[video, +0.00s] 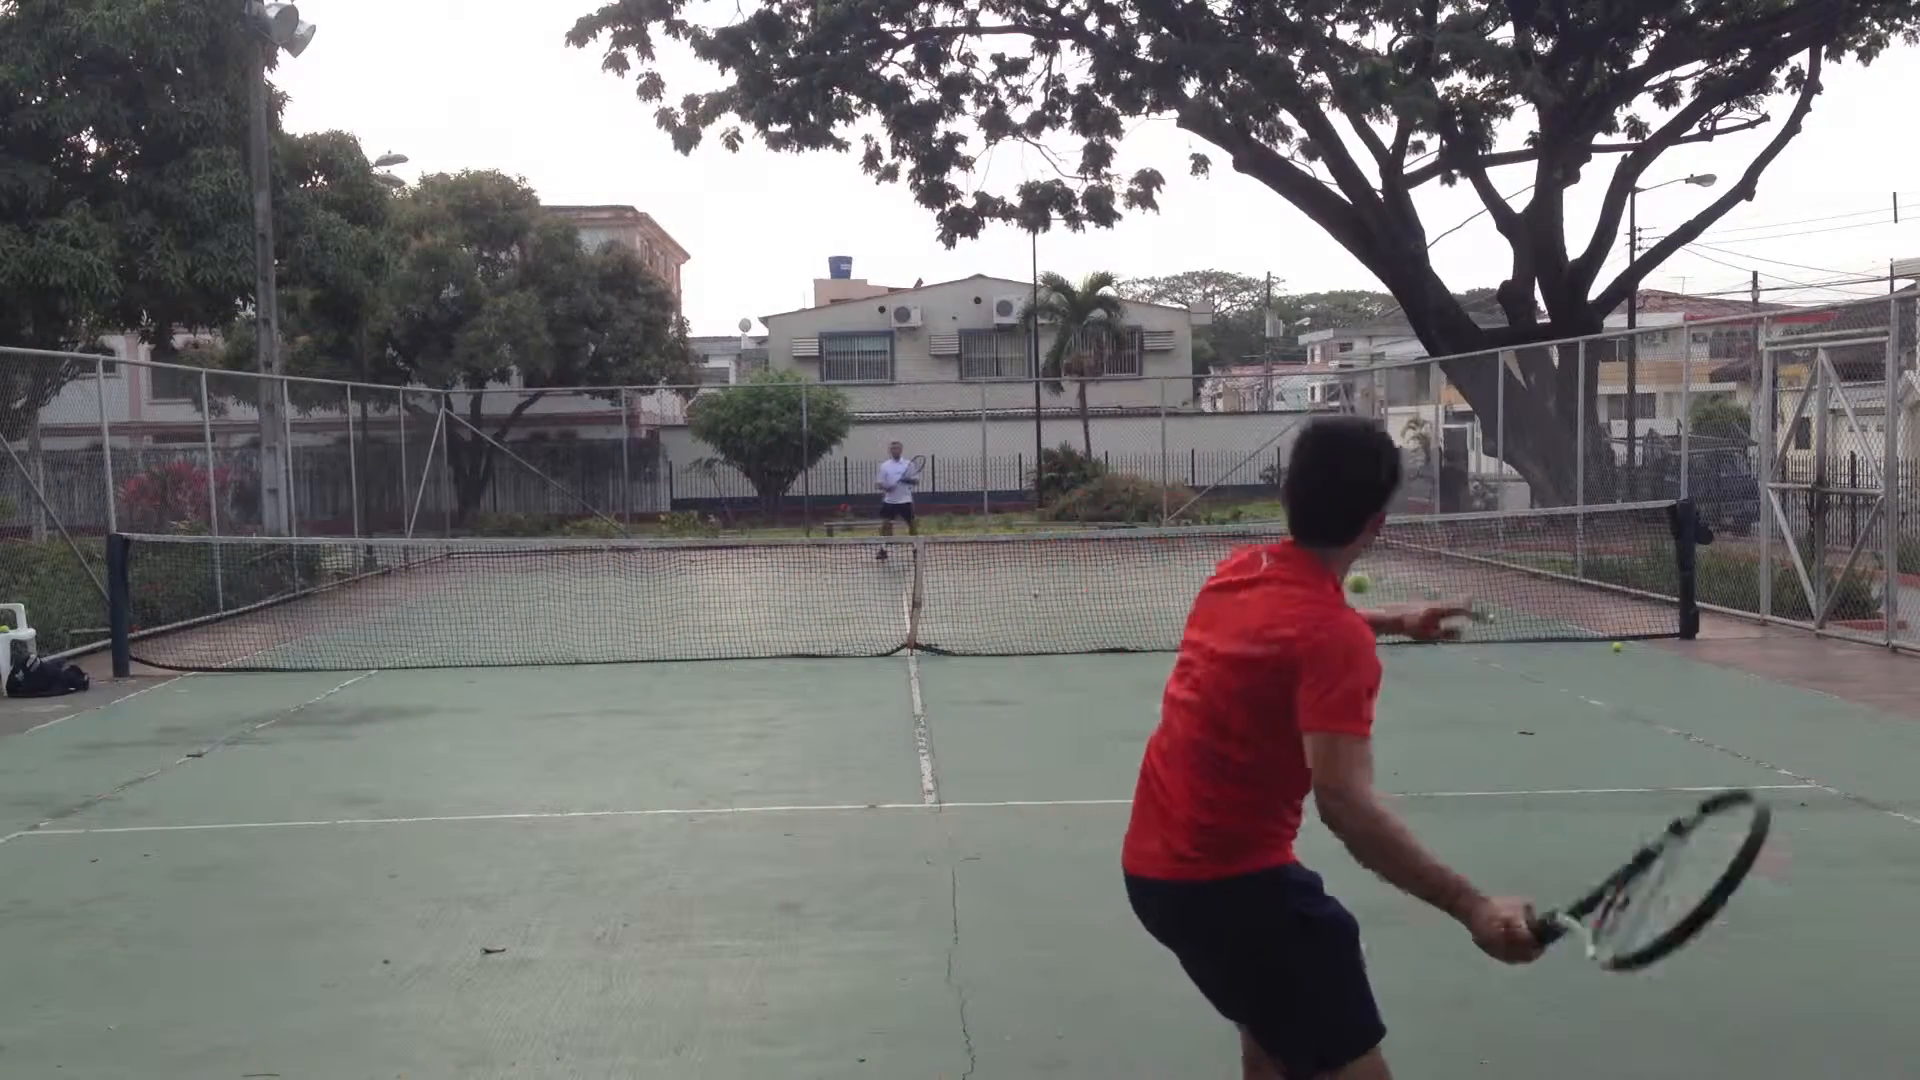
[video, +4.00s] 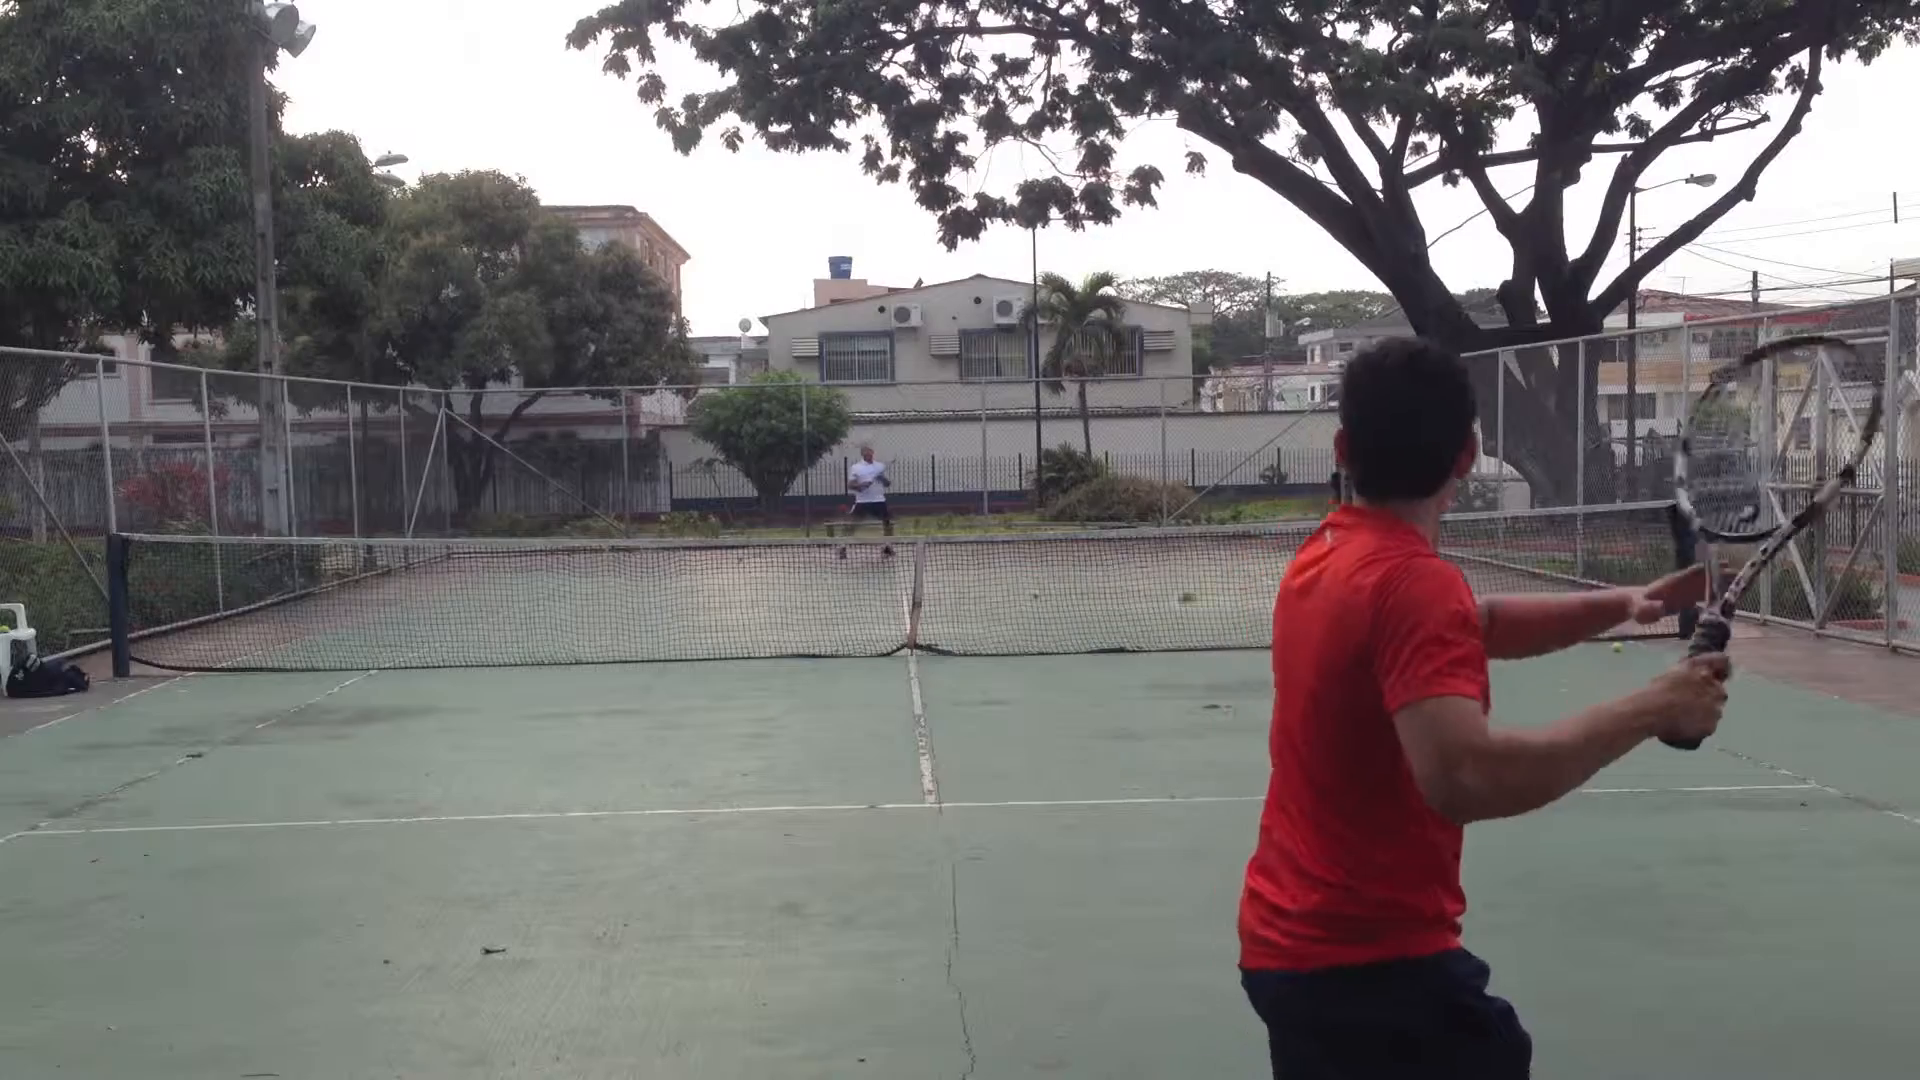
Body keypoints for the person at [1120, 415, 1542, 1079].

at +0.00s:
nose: (1383, 520)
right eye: (1385, 507)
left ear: (1291, 494)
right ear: (1374, 524)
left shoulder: (1235, 570)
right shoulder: (1333, 633)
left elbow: (1298, 618)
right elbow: (1344, 802)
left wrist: (1392, 623)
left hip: (1158, 867)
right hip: (1236, 880)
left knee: (1271, 1031)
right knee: (1355, 1062)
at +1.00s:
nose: (1211, 466)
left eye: (1212, 455)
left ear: (1216, 472)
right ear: (1300, 472)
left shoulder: (1203, 569)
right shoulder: (1341, 564)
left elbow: (1211, 708)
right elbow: (1319, 710)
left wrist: (1146, 777)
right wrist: (1211, 773)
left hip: (1243, 850)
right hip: (1350, 842)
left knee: (1194, 994)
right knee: (1321, 1030)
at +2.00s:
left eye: (885, 431)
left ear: (889, 449)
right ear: (994, 447)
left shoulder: (851, 576)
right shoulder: (1062, 570)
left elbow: (807, 759)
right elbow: (1122, 741)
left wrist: (857, 758)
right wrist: (1030, 775)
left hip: (884, 919)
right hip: (1023, 918)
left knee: (816, 1069)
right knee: (1038, 1071)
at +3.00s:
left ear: (935, 493)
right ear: (1050, 489)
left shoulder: (878, 626)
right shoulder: (1094, 613)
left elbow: (804, 796)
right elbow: (1149, 810)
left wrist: (910, 841)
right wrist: (1101, 887)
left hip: (909, 1000)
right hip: (1062, 993)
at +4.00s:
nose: (1472, 454)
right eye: (1473, 439)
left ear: (1341, 449)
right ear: (1466, 458)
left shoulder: (1321, 559)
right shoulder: (1415, 585)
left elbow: (1473, 624)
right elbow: (1461, 777)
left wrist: (1627, 604)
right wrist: (1650, 709)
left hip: (1293, 945)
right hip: (1377, 962)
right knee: (1497, 1056)